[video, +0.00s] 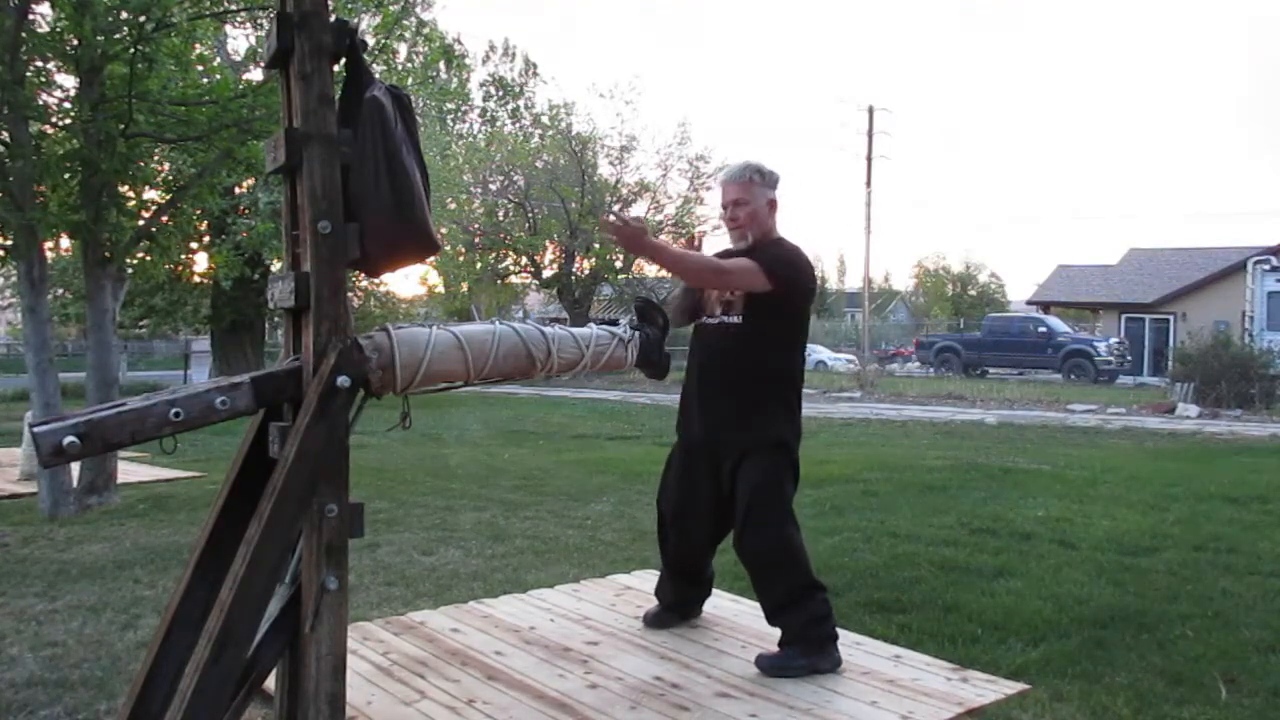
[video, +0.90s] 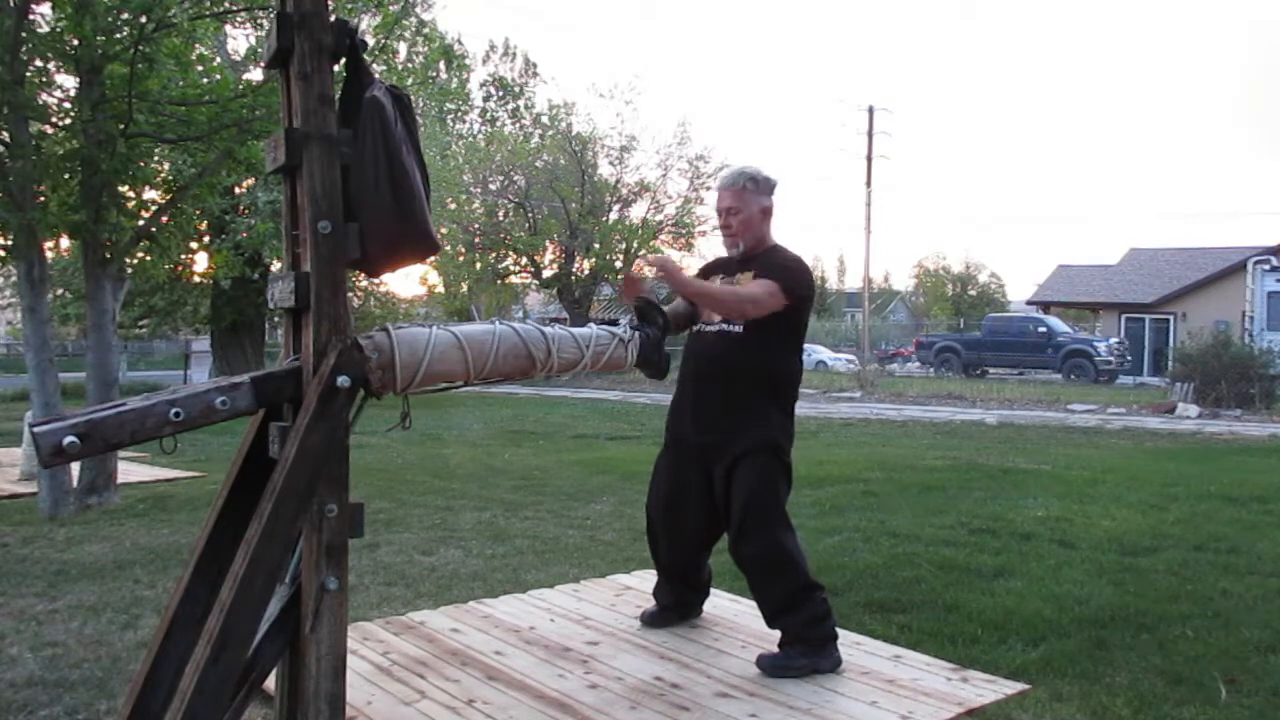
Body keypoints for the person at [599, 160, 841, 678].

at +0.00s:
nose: (732, 215)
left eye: (741, 205)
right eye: (727, 207)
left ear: (770, 205)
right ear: (722, 212)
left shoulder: (787, 262)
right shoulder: (720, 265)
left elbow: (718, 274)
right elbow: (679, 316)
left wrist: (648, 247)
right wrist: (688, 269)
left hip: (763, 428)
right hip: (704, 423)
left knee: (765, 533)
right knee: (681, 511)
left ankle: (813, 643)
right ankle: (681, 599)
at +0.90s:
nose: (726, 222)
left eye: (737, 212)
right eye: (721, 213)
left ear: (767, 212)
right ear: (718, 214)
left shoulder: (787, 270)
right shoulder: (713, 273)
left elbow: (748, 304)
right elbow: (676, 317)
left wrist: (686, 284)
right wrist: (643, 305)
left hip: (754, 429)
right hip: (692, 424)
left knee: (759, 534)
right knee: (671, 513)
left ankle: (813, 641)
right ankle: (680, 598)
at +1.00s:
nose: (723, 222)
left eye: (734, 213)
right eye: (719, 212)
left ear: (766, 212)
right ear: (717, 213)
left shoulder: (790, 270)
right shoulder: (709, 274)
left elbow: (768, 323)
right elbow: (682, 318)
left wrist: (700, 320)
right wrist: (656, 324)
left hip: (757, 428)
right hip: (694, 423)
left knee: (759, 533)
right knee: (670, 512)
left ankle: (813, 642)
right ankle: (680, 598)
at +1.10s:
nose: (720, 221)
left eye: (730, 212)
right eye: (717, 212)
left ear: (763, 212)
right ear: (716, 212)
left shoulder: (788, 271)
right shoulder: (709, 271)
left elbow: (794, 343)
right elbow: (677, 334)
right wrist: (643, 377)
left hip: (756, 421)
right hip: (696, 417)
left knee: (758, 530)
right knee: (672, 508)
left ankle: (812, 642)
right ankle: (681, 598)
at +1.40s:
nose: (722, 219)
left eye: (733, 209)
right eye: (719, 209)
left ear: (767, 211)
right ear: (718, 209)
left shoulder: (793, 268)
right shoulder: (708, 270)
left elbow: (803, 333)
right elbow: (677, 330)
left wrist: (743, 374)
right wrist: (654, 387)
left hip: (770, 423)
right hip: (711, 417)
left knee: (763, 527)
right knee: (677, 507)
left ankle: (814, 642)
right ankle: (681, 597)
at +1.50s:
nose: (725, 216)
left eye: (736, 207)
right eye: (722, 207)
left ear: (770, 210)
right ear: (722, 208)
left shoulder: (797, 265)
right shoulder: (712, 268)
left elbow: (791, 321)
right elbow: (678, 312)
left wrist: (718, 314)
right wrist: (656, 320)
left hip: (772, 426)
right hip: (712, 421)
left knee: (767, 528)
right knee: (681, 508)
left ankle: (815, 642)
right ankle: (682, 597)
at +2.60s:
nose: (727, 222)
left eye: (737, 213)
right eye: (722, 213)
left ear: (768, 213)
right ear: (718, 212)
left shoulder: (796, 274)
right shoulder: (712, 273)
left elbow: (808, 348)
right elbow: (683, 332)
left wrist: (755, 389)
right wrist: (658, 359)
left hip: (762, 425)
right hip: (700, 419)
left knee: (762, 533)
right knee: (674, 514)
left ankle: (815, 642)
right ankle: (682, 598)